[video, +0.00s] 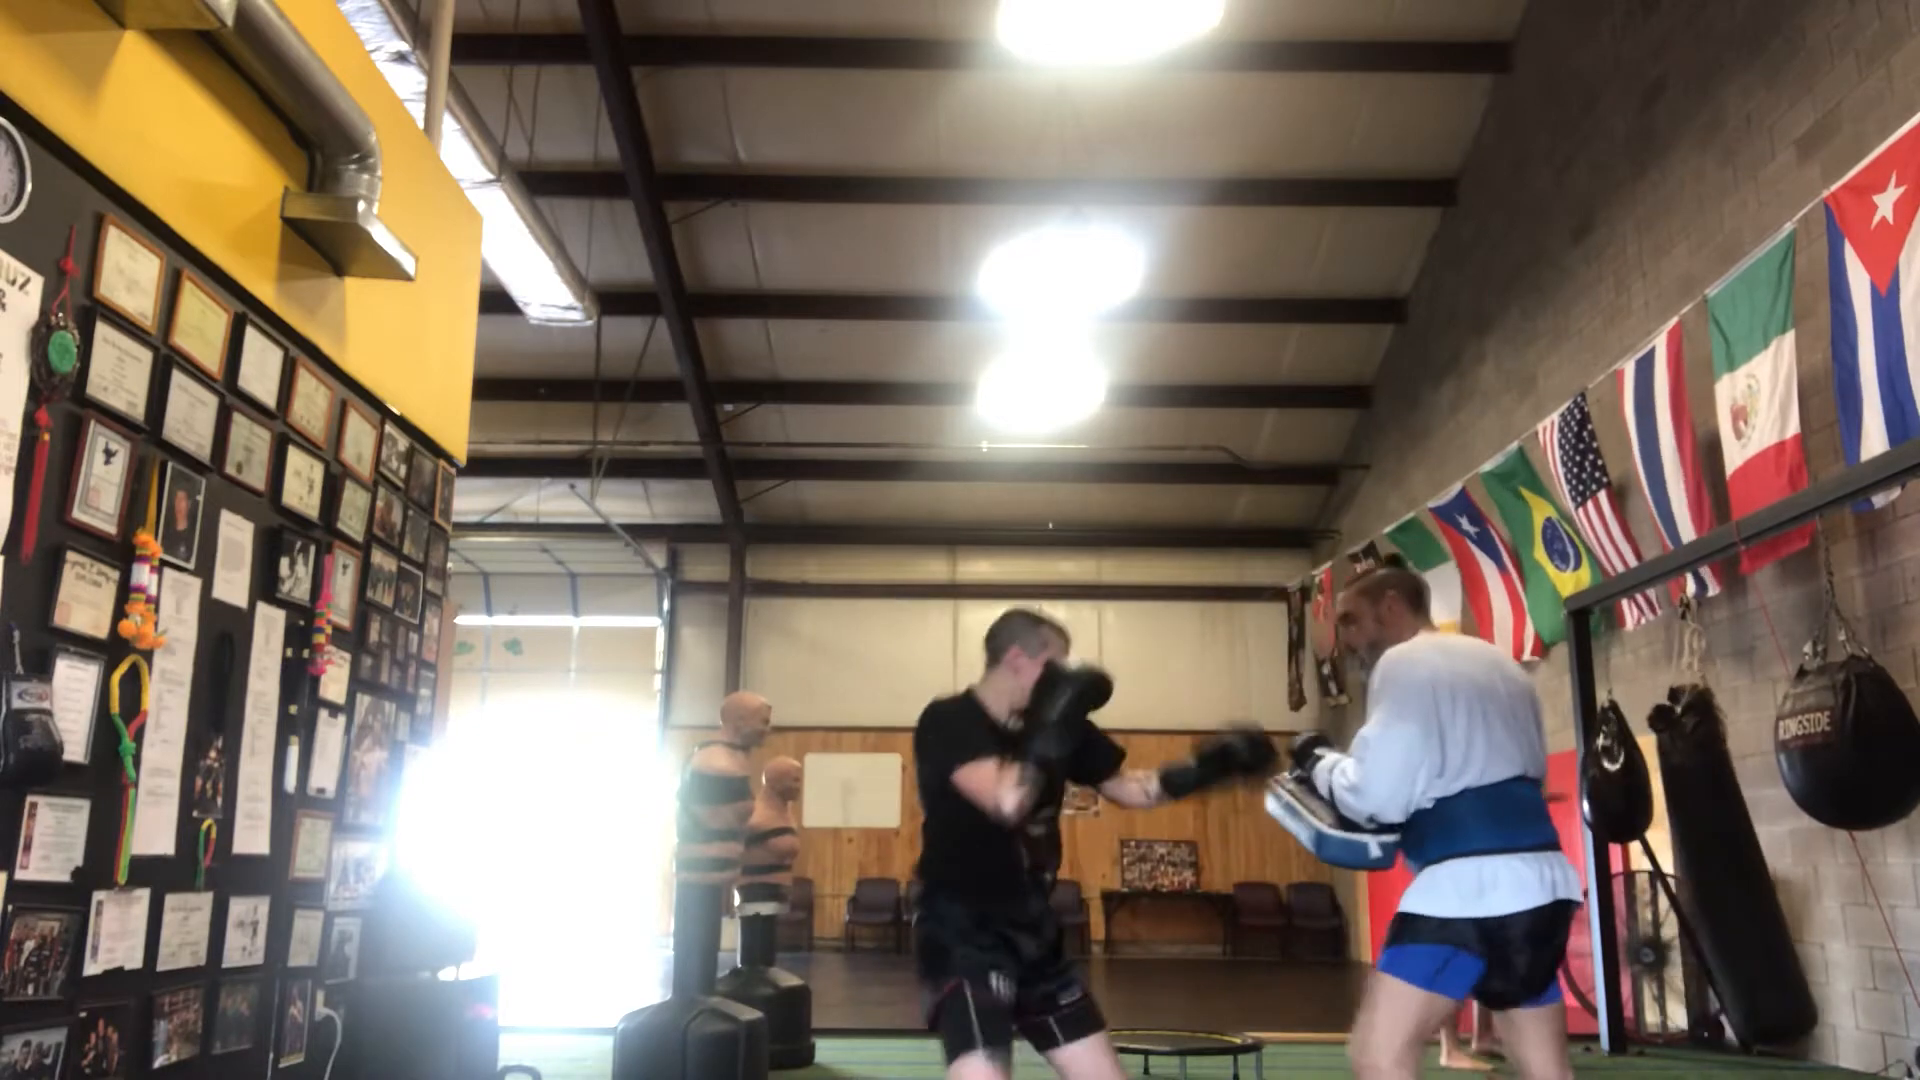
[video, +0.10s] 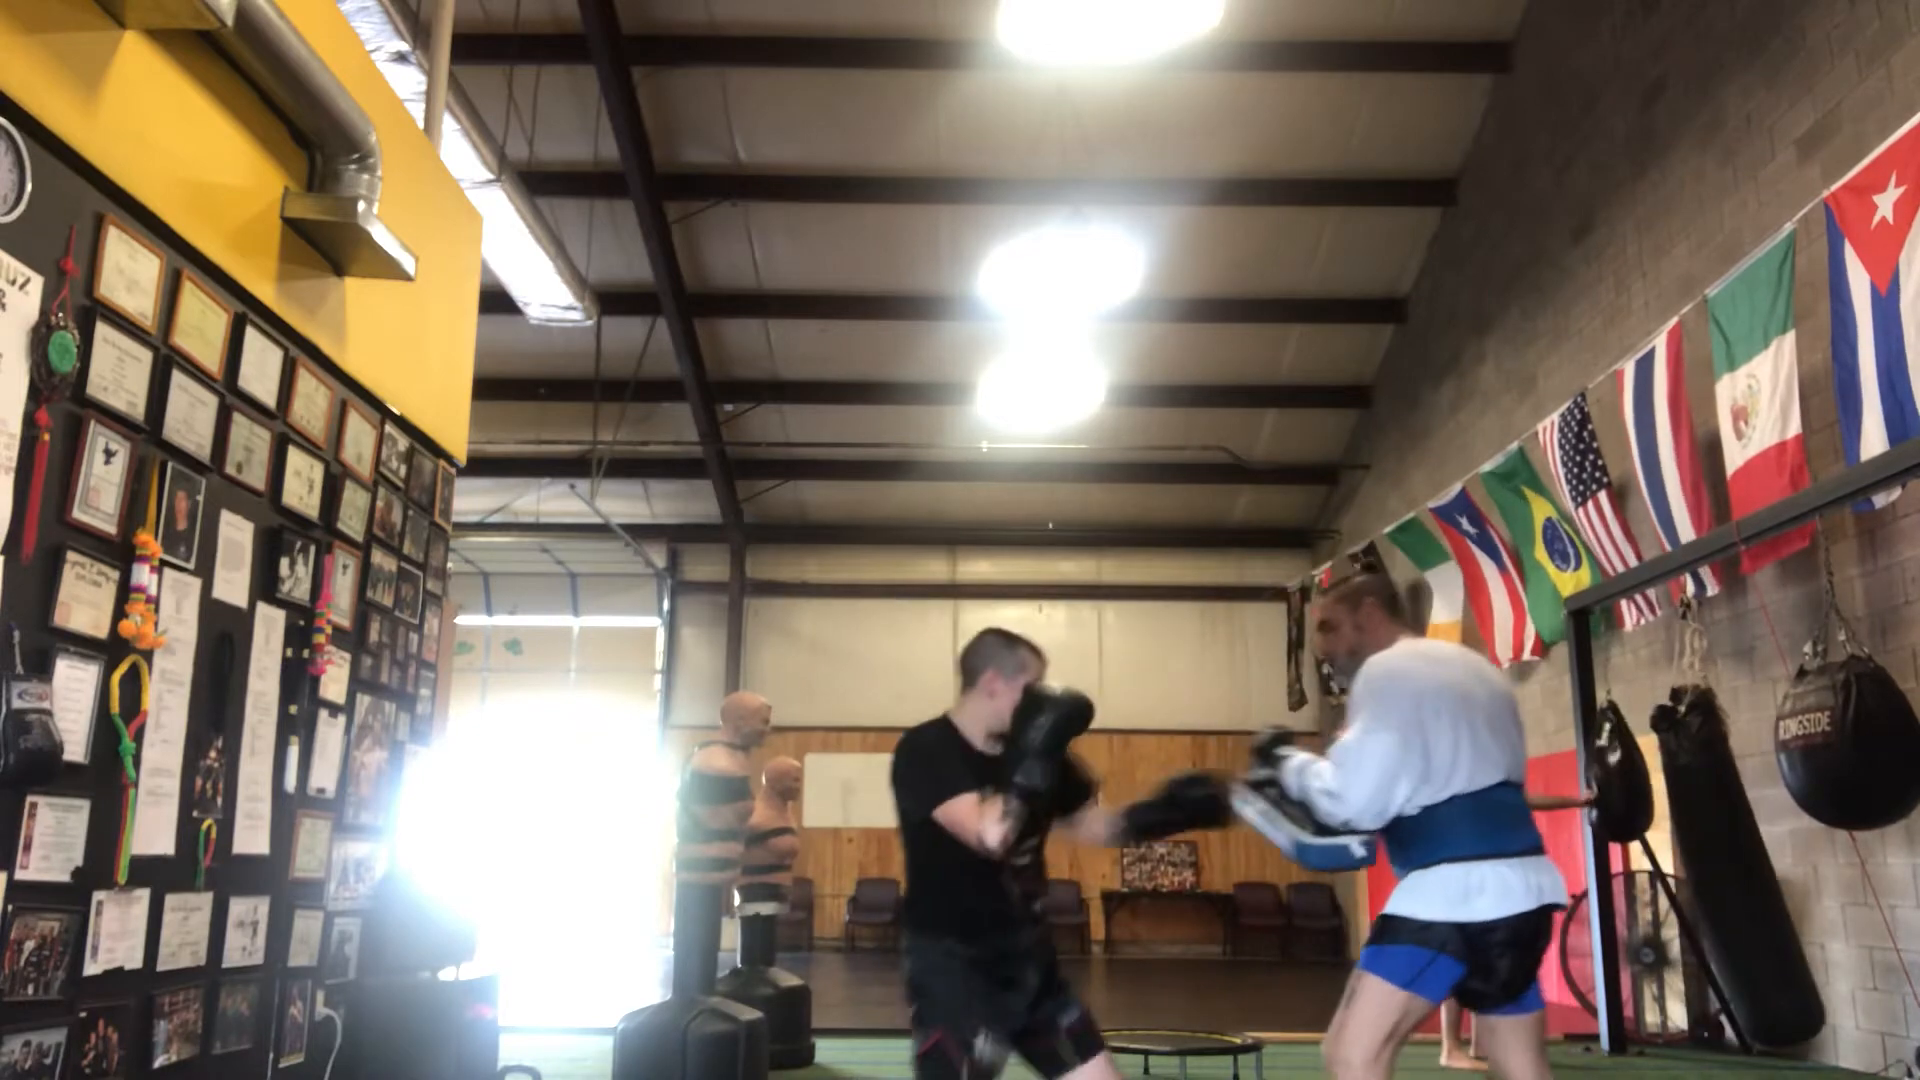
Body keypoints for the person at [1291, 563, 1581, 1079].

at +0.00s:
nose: (1349, 643)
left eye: (1351, 624)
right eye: (1345, 629)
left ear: (1390, 607)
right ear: (1408, 610)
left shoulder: (1404, 666)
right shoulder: (1503, 664)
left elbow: (1380, 797)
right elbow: (1530, 775)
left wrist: (1318, 759)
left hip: (1460, 897)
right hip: (1542, 892)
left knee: (1379, 1054)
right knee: (1546, 1066)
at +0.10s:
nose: (1325, 650)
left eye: (1329, 630)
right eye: (1322, 634)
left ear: (1369, 613)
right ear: (1381, 615)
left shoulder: (1388, 675)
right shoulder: (1480, 668)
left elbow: (1356, 800)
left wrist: (1286, 759)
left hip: (1446, 899)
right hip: (1526, 894)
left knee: (1352, 1054)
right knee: (1520, 1063)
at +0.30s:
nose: (1260, 643)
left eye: (1264, 622)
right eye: (1257, 627)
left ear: (1305, 605)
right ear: (1310, 609)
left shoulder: (1327, 672)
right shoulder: (1410, 668)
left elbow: (1287, 800)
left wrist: (1203, 759)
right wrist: (1276, 760)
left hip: (1372, 911)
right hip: (1454, 899)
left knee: (1298, 1066)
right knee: (1473, 1062)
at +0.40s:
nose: (1219, 628)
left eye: (1225, 607)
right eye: (1216, 611)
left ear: (1267, 592)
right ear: (1274, 595)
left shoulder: (1286, 656)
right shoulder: (1369, 654)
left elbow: (1253, 791)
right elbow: (1326, 765)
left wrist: (1173, 754)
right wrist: (1228, 745)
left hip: (1331, 905)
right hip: (1396, 895)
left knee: (1286, 1068)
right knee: (1378, 1058)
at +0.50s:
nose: (1180, 625)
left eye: (1185, 605)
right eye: (1177, 609)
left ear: (1225, 588)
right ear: (1235, 590)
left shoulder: (1246, 653)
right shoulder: (1330, 647)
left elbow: (1214, 786)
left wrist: (1153, 743)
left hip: (1302, 894)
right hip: (1356, 885)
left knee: (1285, 1068)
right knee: (1296, 1058)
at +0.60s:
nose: (1139, 628)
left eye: (1143, 607)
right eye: (1136, 611)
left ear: (1182, 590)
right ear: (1193, 591)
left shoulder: (1203, 652)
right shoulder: (1288, 649)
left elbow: (1177, 789)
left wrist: (1117, 745)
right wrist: (1144, 745)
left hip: (1272, 894)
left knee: (1276, 1065)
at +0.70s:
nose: (1097, 633)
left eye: (1101, 613)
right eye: (1095, 617)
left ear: (1141, 597)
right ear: (1157, 597)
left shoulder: (1161, 655)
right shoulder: (1241, 652)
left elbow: (1134, 789)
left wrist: (1082, 746)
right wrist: (1111, 727)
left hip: (1230, 900)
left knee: (1254, 1069)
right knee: (1166, 1061)